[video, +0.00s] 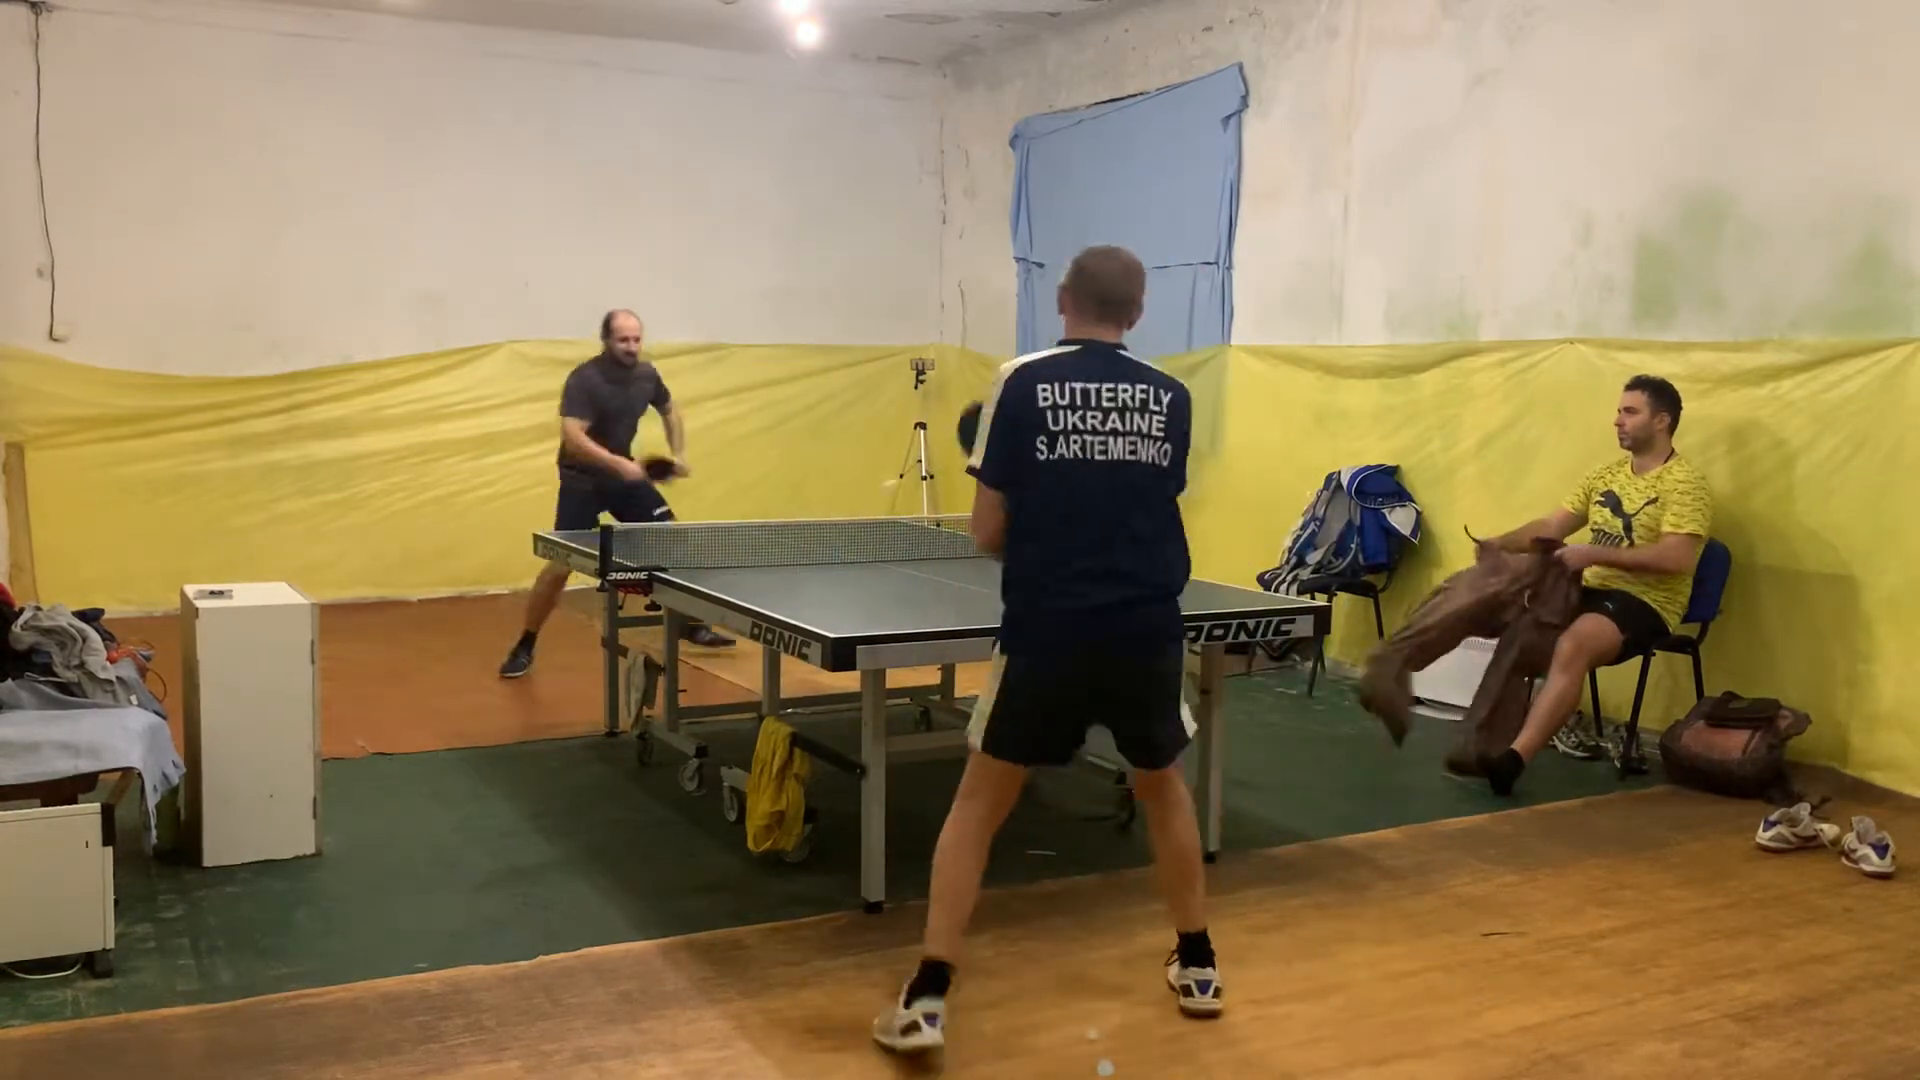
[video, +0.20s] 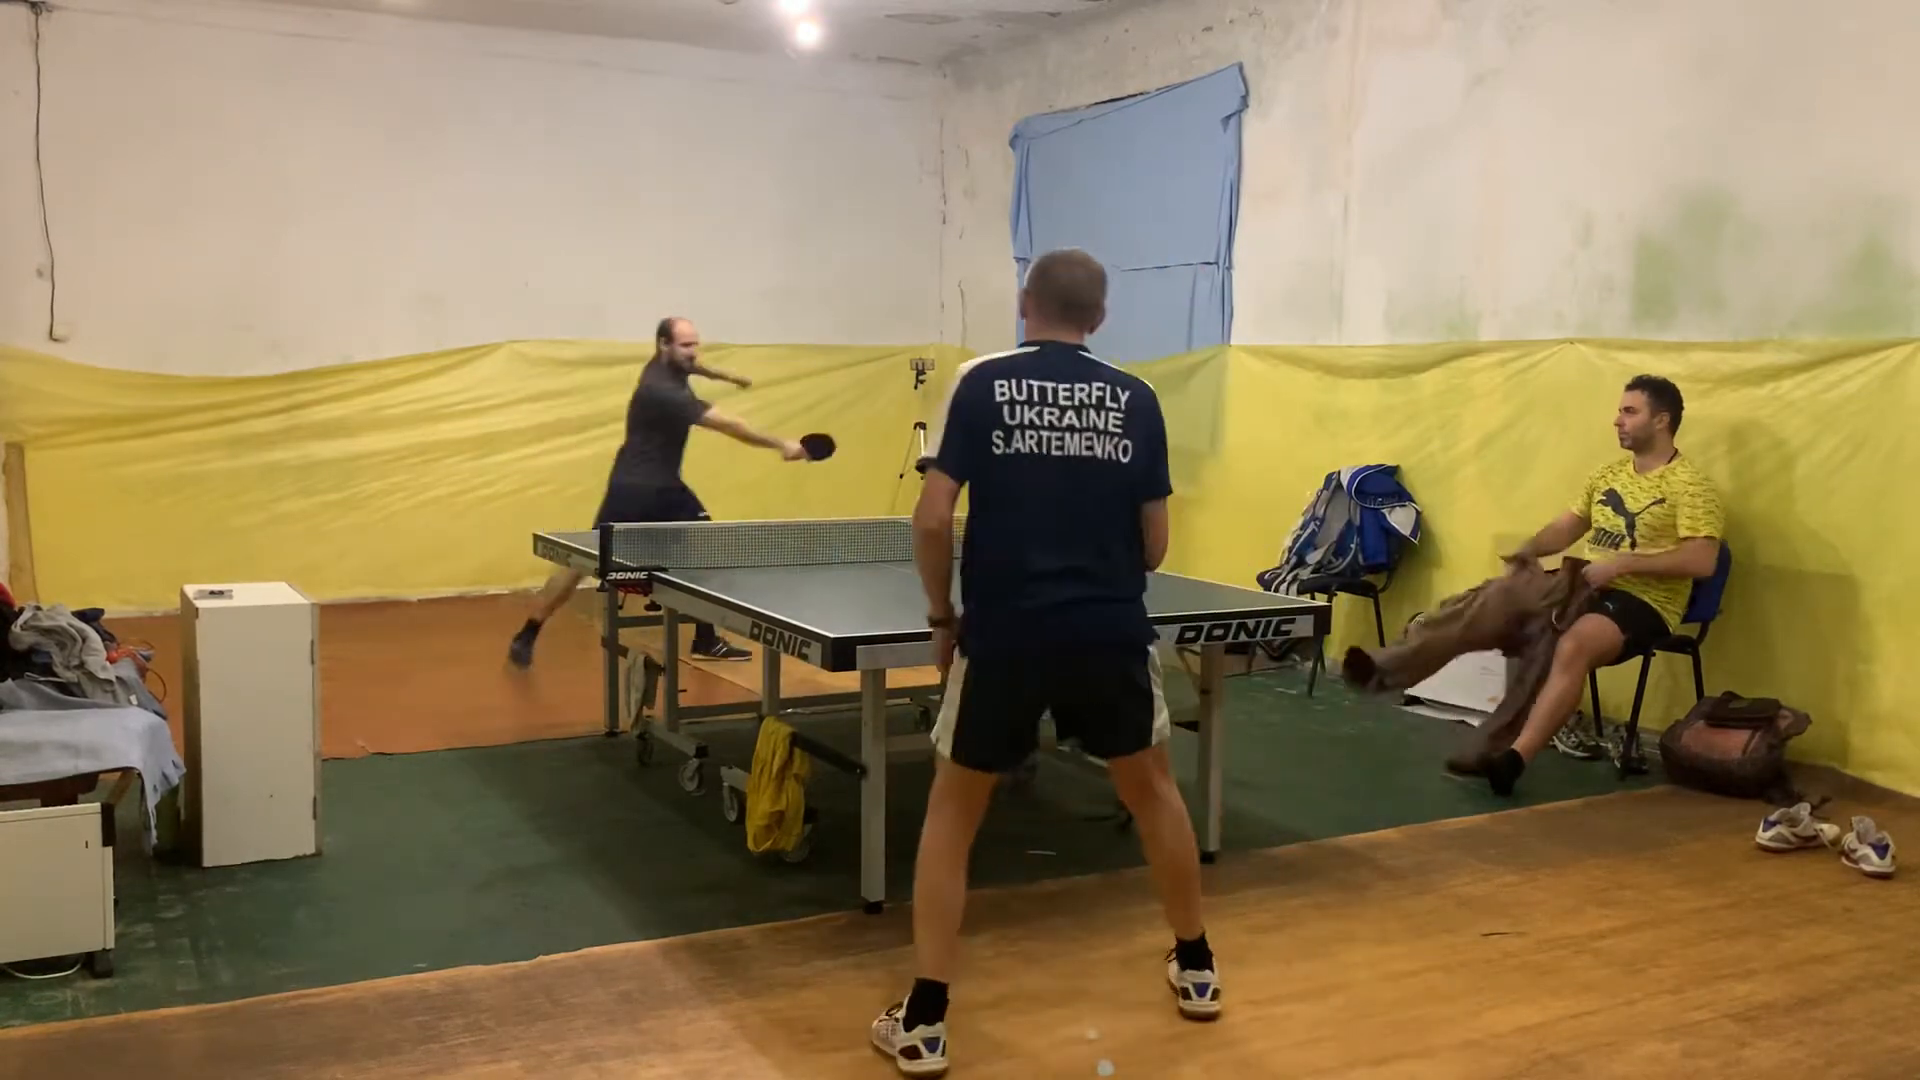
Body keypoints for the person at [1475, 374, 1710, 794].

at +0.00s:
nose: (1618, 420)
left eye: (1630, 413)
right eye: (1618, 412)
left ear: (1663, 421)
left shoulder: (1686, 483)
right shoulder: (1608, 475)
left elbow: (1678, 557)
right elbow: (1553, 526)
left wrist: (1593, 553)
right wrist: (1498, 544)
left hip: (1649, 600)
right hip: (1592, 590)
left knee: (1573, 644)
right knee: (1521, 628)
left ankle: (1514, 759)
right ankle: (1487, 743)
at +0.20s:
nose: (1619, 420)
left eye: (1630, 412)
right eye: (1619, 412)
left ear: (1663, 421)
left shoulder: (1691, 485)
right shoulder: (1609, 474)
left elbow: (1702, 559)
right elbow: (1571, 524)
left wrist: (1622, 562)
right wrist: (1532, 548)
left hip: (1647, 601)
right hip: (1590, 589)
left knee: (1573, 645)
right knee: (1526, 627)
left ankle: (1514, 759)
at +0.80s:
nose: (1627, 423)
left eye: (1638, 416)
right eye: (1627, 414)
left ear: (1672, 425)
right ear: (1630, 419)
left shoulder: (1686, 486)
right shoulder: (1621, 469)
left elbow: (1653, 564)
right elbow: (1590, 507)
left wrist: (1581, 600)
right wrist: (1567, 526)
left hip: (1642, 599)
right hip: (1581, 578)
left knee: (1574, 644)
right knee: (1493, 596)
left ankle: (1514, 758)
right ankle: (1425, 686)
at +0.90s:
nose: (1625, 422)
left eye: (1637, 415)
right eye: (1626, 413)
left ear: (1670, 424)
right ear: (1629, 419)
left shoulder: (1683, 486)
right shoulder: (1620, 469)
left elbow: (1654, 564)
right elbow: (1588, 507)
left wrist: (1581, 599)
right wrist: (1564, 527)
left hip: (1642, 600)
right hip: (1581, 580)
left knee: (1576, 644)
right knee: (1490, 594)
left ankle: (1515, 758)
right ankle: (1432, 695)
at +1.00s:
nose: (1623, 422)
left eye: (1634, 414)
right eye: (1624, 413)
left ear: (1668, 423)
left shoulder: (1683, 485)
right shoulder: (1618, 468)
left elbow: (1656, 563)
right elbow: (1587, 512)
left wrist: (1582, 598)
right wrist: (1561, 537)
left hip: (1643, 599)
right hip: (1582, 581)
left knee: (1573, 642)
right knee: (1487, 599)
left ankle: (1513, 757)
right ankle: (1441, 710)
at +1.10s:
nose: (1610, 430)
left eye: (1620, 420)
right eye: (1605, 422)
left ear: (1652, 421)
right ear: (1600, 425)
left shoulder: (1683, 486)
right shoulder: (1593, 475)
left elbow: (1700, 566)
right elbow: (1561, 531)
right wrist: (1522, 568)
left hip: (1630, 603)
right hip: (1574, 591)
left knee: (1552, 628)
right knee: (1490, 623)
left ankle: (1531, 750)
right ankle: (1452, 739)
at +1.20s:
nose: (1610, 431)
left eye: (1620, 420)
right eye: (1605, 421)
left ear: (1652, 421)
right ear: (1601, 423)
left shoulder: (1682, 485)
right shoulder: (1595, 475)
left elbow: (1691, 569)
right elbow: (1560, 539)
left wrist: (1643, 609)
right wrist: (1522, 586)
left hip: (1627, 601)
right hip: (1569, 589)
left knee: (1549, 628)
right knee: (1489, 625)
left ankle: (1531, 750)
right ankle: (1452, 739)